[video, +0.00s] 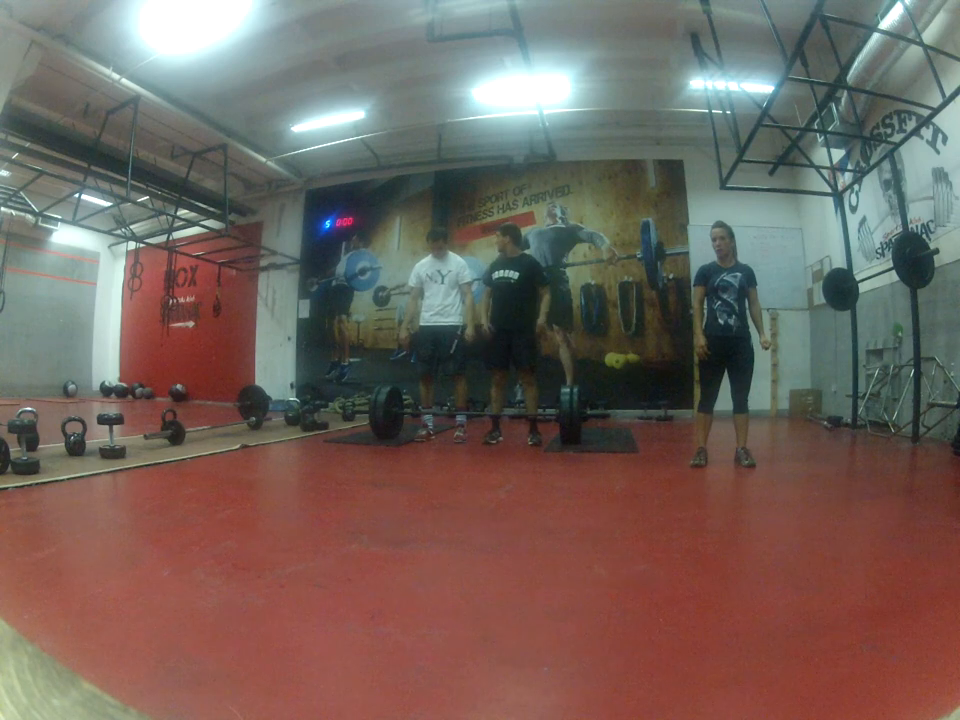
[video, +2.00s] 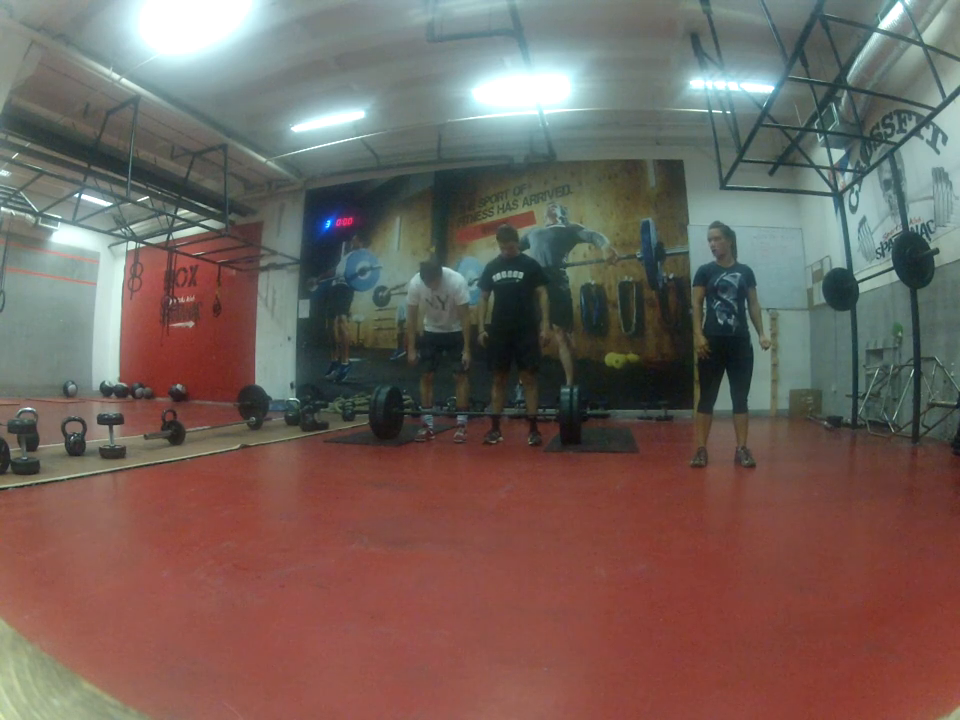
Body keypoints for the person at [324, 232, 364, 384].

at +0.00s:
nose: (352, 243)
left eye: (354, 241)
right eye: (352, 240)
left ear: (360, 242)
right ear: (353, 242)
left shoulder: (360, 256)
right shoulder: (348, 256)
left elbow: (362, 275)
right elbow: (337, 273)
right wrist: (319, 280)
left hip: (346, 289)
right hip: (336, 288)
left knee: (342, 324)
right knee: (334, 325)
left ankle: (345, 362)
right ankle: (335, 360)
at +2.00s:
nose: (353, 243)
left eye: (355, 241)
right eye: (353, 241)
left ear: (361, 243)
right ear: (354, 242)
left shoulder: (360, 256)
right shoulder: (348, 256)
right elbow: (336, 271)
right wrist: (319, 278)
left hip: (346, 288)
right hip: (336, 288)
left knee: (342, 324)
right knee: (334, 325)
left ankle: (345, 362)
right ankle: (335, 361)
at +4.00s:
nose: (353, 243)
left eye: (356, 241)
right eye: (353, 241)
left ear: (361, 243)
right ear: (353, 242)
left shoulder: (360, 256)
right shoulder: (347, 256)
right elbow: (336, 272)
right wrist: (318, 279)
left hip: (346, 288)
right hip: (335, 288)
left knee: (342, 324)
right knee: (333, 325)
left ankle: (345, 363)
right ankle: (335, 361)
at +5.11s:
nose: (354, 243)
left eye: (357, 241)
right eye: (354, 240)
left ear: (362, 243)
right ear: (352, 242)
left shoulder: (361, 257)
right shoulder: (347, 257)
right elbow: (336, 273)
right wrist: (319, 280)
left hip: (346, 289)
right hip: (335, 289)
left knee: (343, 326)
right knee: (333, 326)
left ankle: (345, 364)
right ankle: (335, 362)